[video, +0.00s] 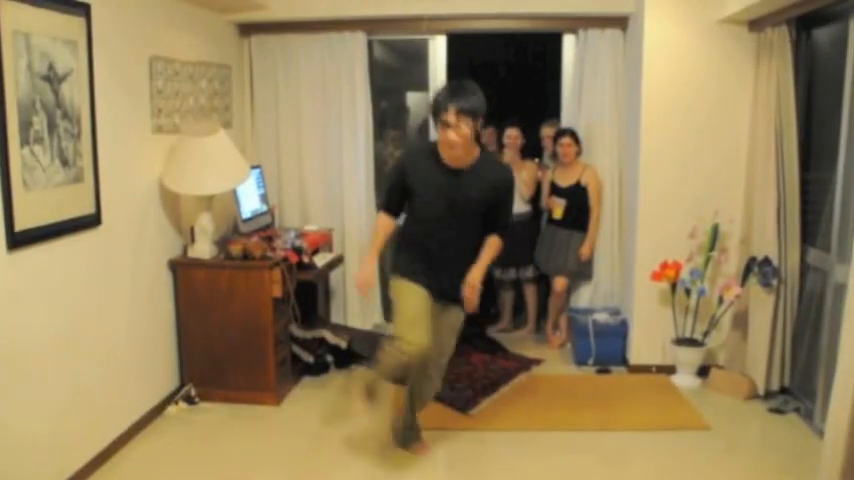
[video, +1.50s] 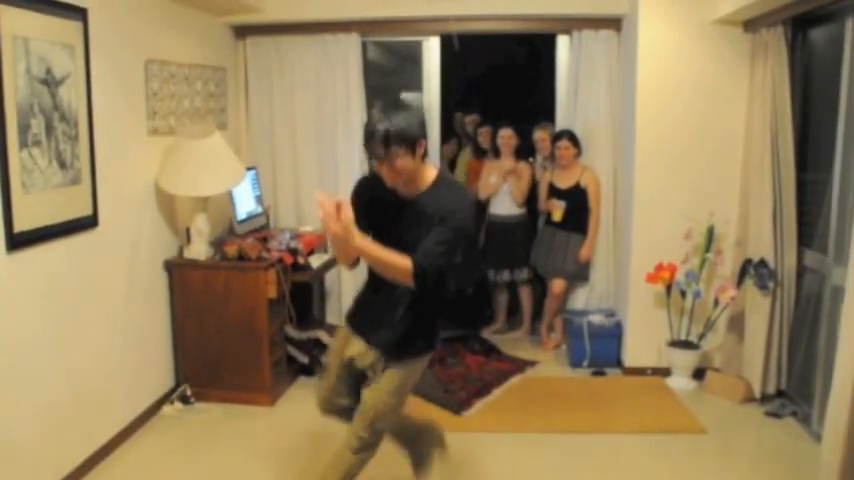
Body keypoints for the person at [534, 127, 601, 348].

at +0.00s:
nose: (565, 150)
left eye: (569, 145)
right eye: (561, 145)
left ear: (578, 148)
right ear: (556, 150)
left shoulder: (588, 174)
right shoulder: (551, 174)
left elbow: (594, 210)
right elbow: (543, 202)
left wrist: (589, 242)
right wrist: (550, 203)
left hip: (575, 233)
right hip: (553, 231)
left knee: (560, 284)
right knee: (559, 287)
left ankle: (550, 325)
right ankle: (564, 329)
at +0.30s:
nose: (564, 151)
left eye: (568, 146)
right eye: (560, 147)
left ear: (578, 149)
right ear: (555, 150)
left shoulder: (588, 174)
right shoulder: (551, 175)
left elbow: (595, 210)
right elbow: (544, 203)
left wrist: (590, 242)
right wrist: (550, 203)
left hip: (576, 233)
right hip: (554, 231)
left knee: (560, 285)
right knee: (559, 288)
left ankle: (550, 325)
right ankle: (563, 330)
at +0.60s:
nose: (563, 152)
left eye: (568, 147)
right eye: (559, 147)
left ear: (577, 150)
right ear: (554, 151)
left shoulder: (588, 174)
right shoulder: (549, 175)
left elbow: (595, 210)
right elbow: (542, 204)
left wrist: (590, 242)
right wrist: (549, 204)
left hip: (576, 234)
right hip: (553, 231)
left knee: (560, 286)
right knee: (557, 287)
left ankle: (548, 326)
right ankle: (562, 330)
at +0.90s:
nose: (563, 152)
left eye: (568, 147)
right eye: (559, 148)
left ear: (577, 150)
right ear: (554, 151)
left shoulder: (588, 175)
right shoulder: (549, 175)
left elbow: (594, 211)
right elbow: (542, 204)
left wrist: (589, 243)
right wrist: (549, 205)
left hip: (575, 234)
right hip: (552, 232)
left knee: (559, 286)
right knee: (557, 288)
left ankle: (547, 326)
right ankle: (561, 331)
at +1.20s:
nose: (563, 153)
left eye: (567, 148)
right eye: (559, 148)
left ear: (577, 150)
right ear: (554, 152)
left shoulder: (588, 175)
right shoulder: (549, 176)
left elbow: (594, 212)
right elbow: (542, 205)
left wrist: (589, 244)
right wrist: (550, 205)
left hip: (575, 235)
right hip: (552, 232)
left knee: (559, 287)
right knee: (555, 288)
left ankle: (546, 325)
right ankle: (559, 331)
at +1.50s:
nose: (562, 153)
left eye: (567, 148)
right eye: (558, 148)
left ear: (576, 150)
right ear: (554, 152)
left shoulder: (587, 176)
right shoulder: (548, 176)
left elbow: (594, 211)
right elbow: (540, 205)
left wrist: (589, 243)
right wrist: (549, 205)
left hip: (574, 235)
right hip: (552, 232)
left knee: (558, 286)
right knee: (554, 288)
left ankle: (545, 326)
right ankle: (559, 331)